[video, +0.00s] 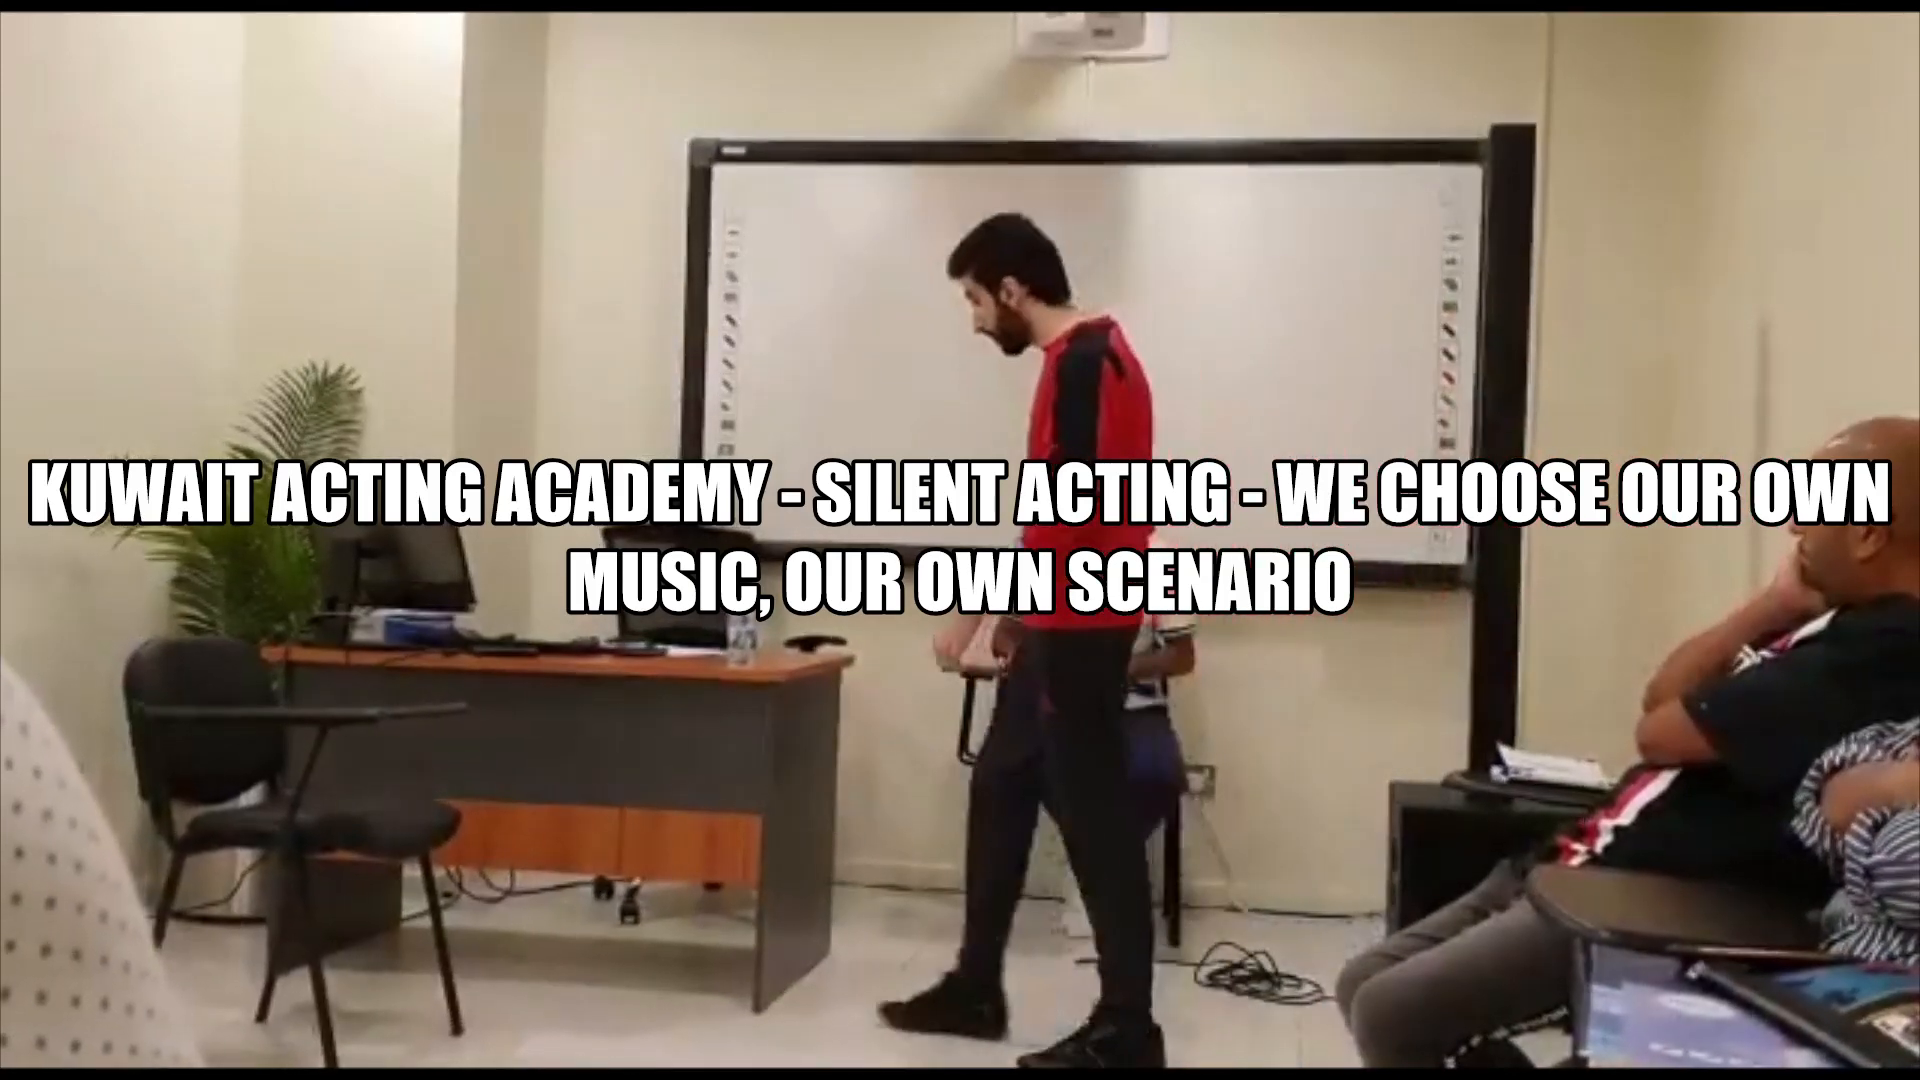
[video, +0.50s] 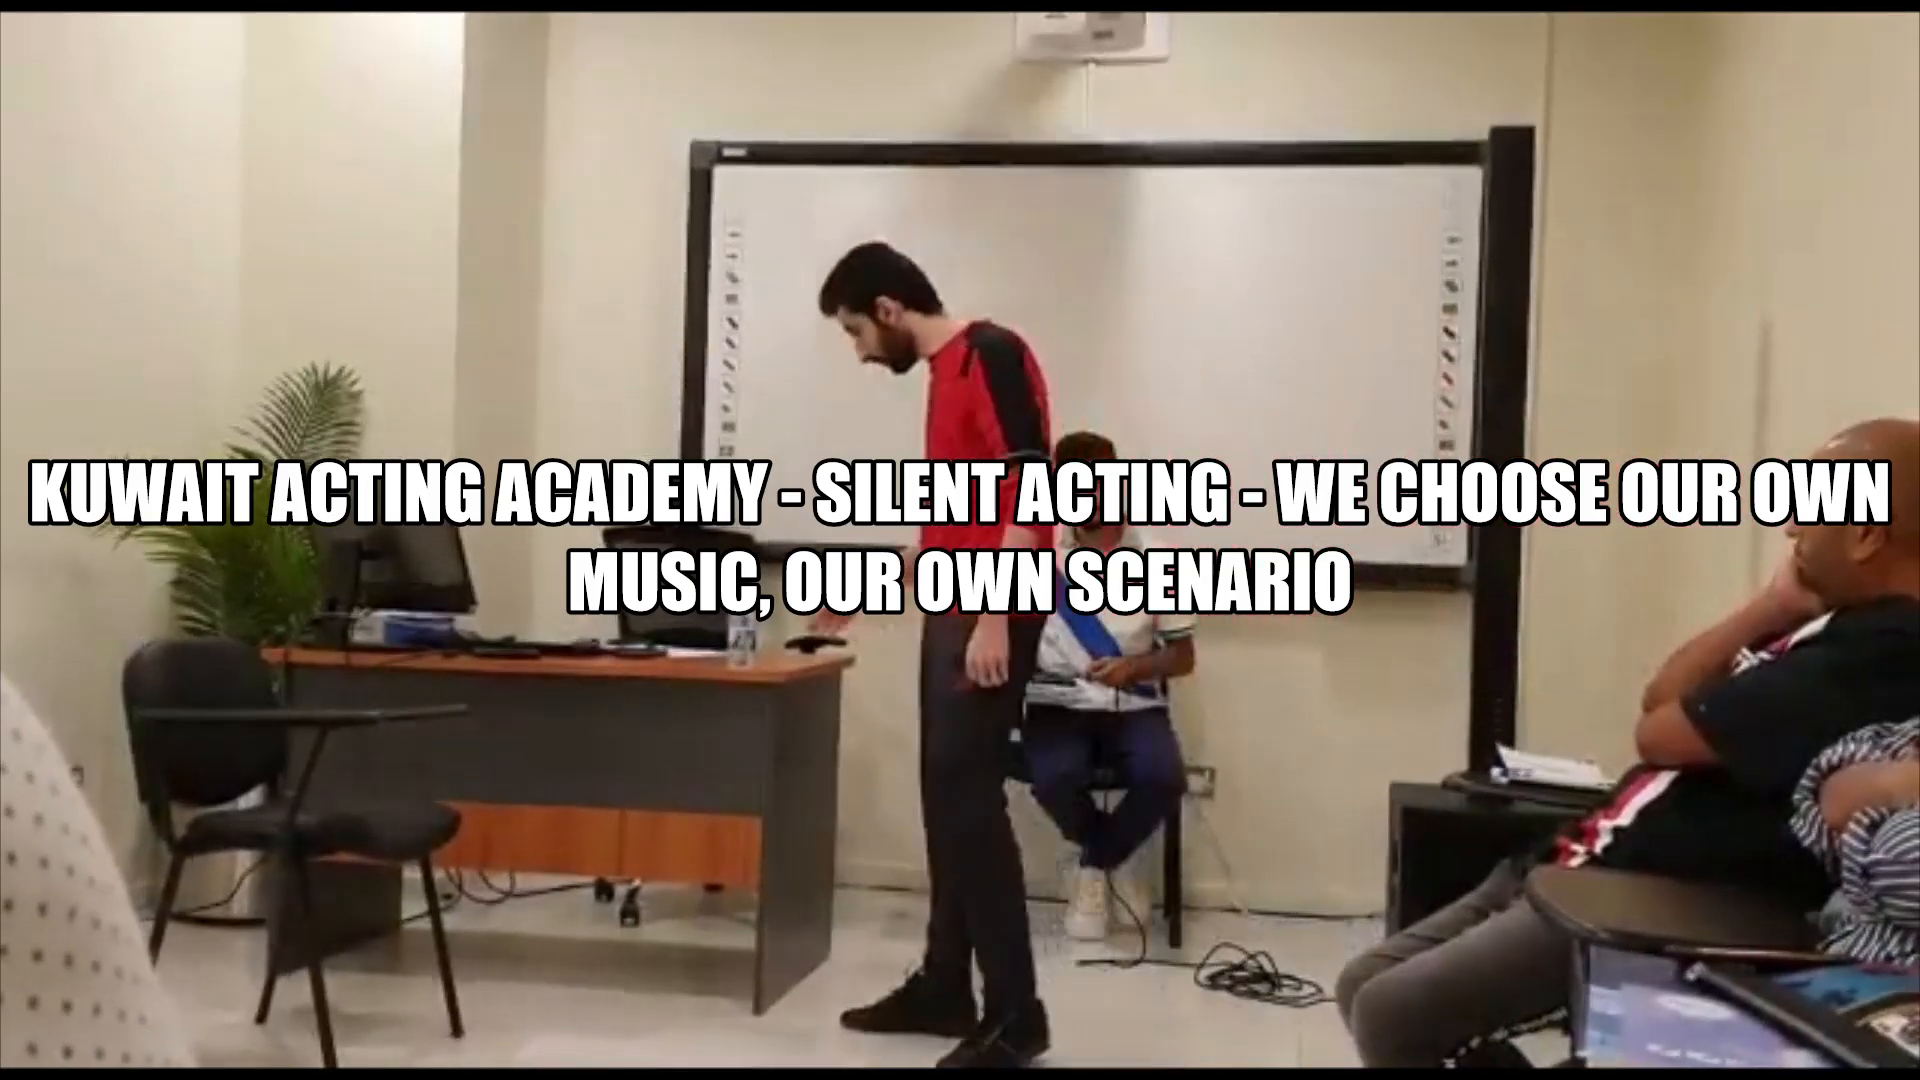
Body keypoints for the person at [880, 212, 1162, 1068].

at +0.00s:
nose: (975, 320)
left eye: (976, 300)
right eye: (970, 303)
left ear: (1014, 286)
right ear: (1026, 286)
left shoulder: (1085, 362)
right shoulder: (1076, 359)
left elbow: (1076, 517)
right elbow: (1052, 516)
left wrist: (1000, 618)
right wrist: (1000, 612)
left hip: (1086, 633)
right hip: (1051, 631)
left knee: (1097, 819)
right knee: (998, 788)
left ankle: (1125, 1024)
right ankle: (974, 985)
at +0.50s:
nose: (858, 350)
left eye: (855, 330)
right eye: (850, 334)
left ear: (890, 308)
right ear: (895, 310)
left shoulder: (992, 353)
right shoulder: (944, 376)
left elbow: (1037, 489)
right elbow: (957, 503)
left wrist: (998, 615)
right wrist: (922, 564)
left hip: (988, 617)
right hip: (950, 615)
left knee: (971, 804)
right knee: (945, 801)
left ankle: (1014, 1014)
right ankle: (943, 986)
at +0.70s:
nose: (835, 355)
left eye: (833, 336)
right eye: (828, 340)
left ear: (870, 311)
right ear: (872, 315)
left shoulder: (982, 354)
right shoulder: (915, 386)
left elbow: (1028, 485)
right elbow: (900, 526)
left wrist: (981, 609)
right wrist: (810, 594)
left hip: (986, 618)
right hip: (933, 617)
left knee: (976, 808)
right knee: (932, 802)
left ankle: (998, 1016)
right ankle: (943, 986)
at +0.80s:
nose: (831, 357)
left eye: (829, 339)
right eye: (823, 343)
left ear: (866, 313)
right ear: (867, 317)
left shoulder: (981, 355)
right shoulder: (906, 392)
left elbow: (1030, 487)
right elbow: (888, 526)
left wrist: (964, 603)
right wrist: (796, 597)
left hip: (987, 620)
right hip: (929, 621)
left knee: (980, 811)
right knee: (931, 804)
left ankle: (1005, 1018)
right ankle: (942, 986)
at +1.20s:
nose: (876, 342)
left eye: (881, 323)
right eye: (867, 327)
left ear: (927, 295)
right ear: (912, 306)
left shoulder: (1019, 363)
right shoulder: (936, 382)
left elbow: (1048, 507)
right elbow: (937, 512)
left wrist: (1014, 643)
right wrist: (862, 533)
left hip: (991, 633)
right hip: (929, 629)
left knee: (998, 813)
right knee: (930, 804)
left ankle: (1043, 1018)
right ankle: (941, 989)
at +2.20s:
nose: (957, 343)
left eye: (965, 324)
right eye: (943, 331)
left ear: (1002, 292)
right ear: (936, 318)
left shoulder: (1084, 375)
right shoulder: (975, 377)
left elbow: (1140, 511)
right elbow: (975, 514)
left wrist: (1027, 568)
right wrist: (904, 583)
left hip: (1044, 635)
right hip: (963, 628)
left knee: (1045, 826)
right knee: (945, 807)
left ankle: (1047, 1023)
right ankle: (948, 993)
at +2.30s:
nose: (956, 342)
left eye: (963, 322)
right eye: (943, 329)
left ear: (1003, 291)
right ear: (937, 318)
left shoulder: (1086, 375)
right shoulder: (976, 377)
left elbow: (1141, 510)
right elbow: (979, 506)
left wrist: (1023, 554)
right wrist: (907, 567)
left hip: (1044, 636)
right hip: (964, 631)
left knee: (1046, 828)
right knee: (945, 806)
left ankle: (1047, 1024)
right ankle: (948, 992)